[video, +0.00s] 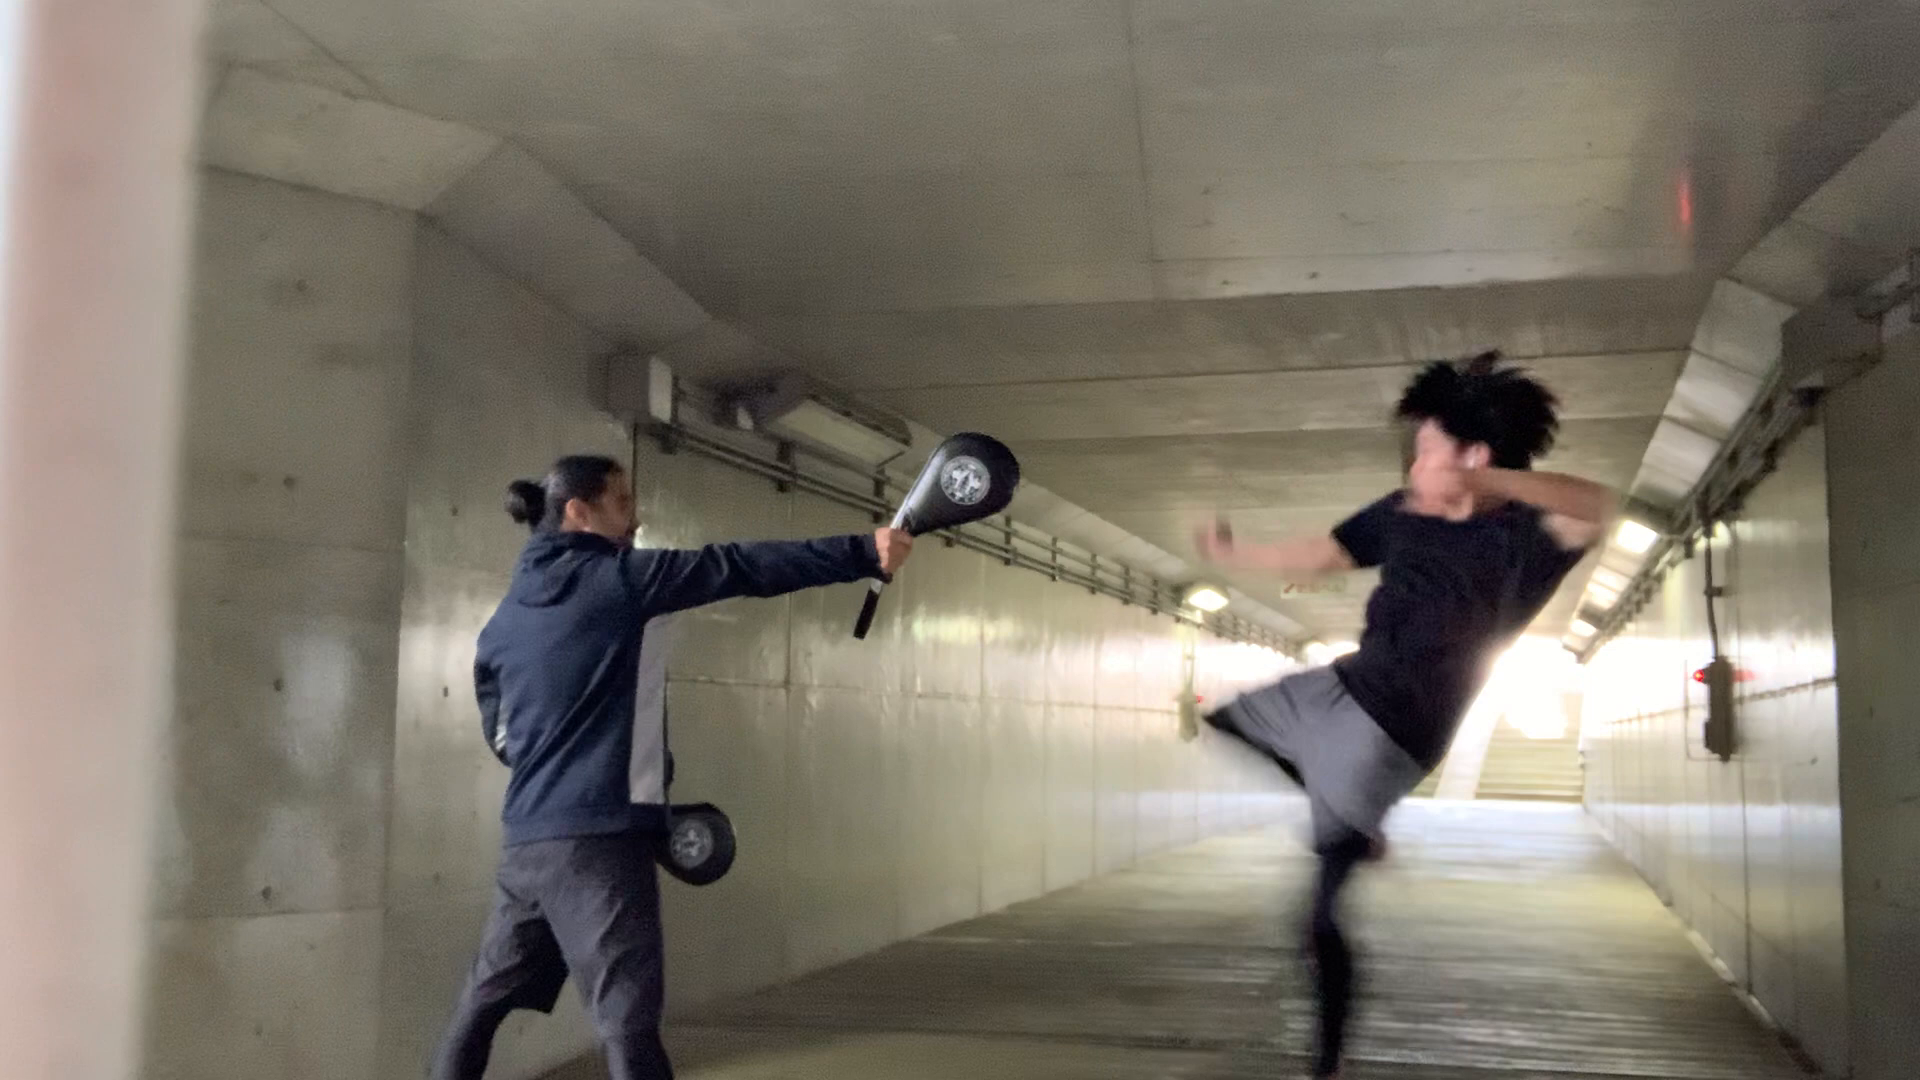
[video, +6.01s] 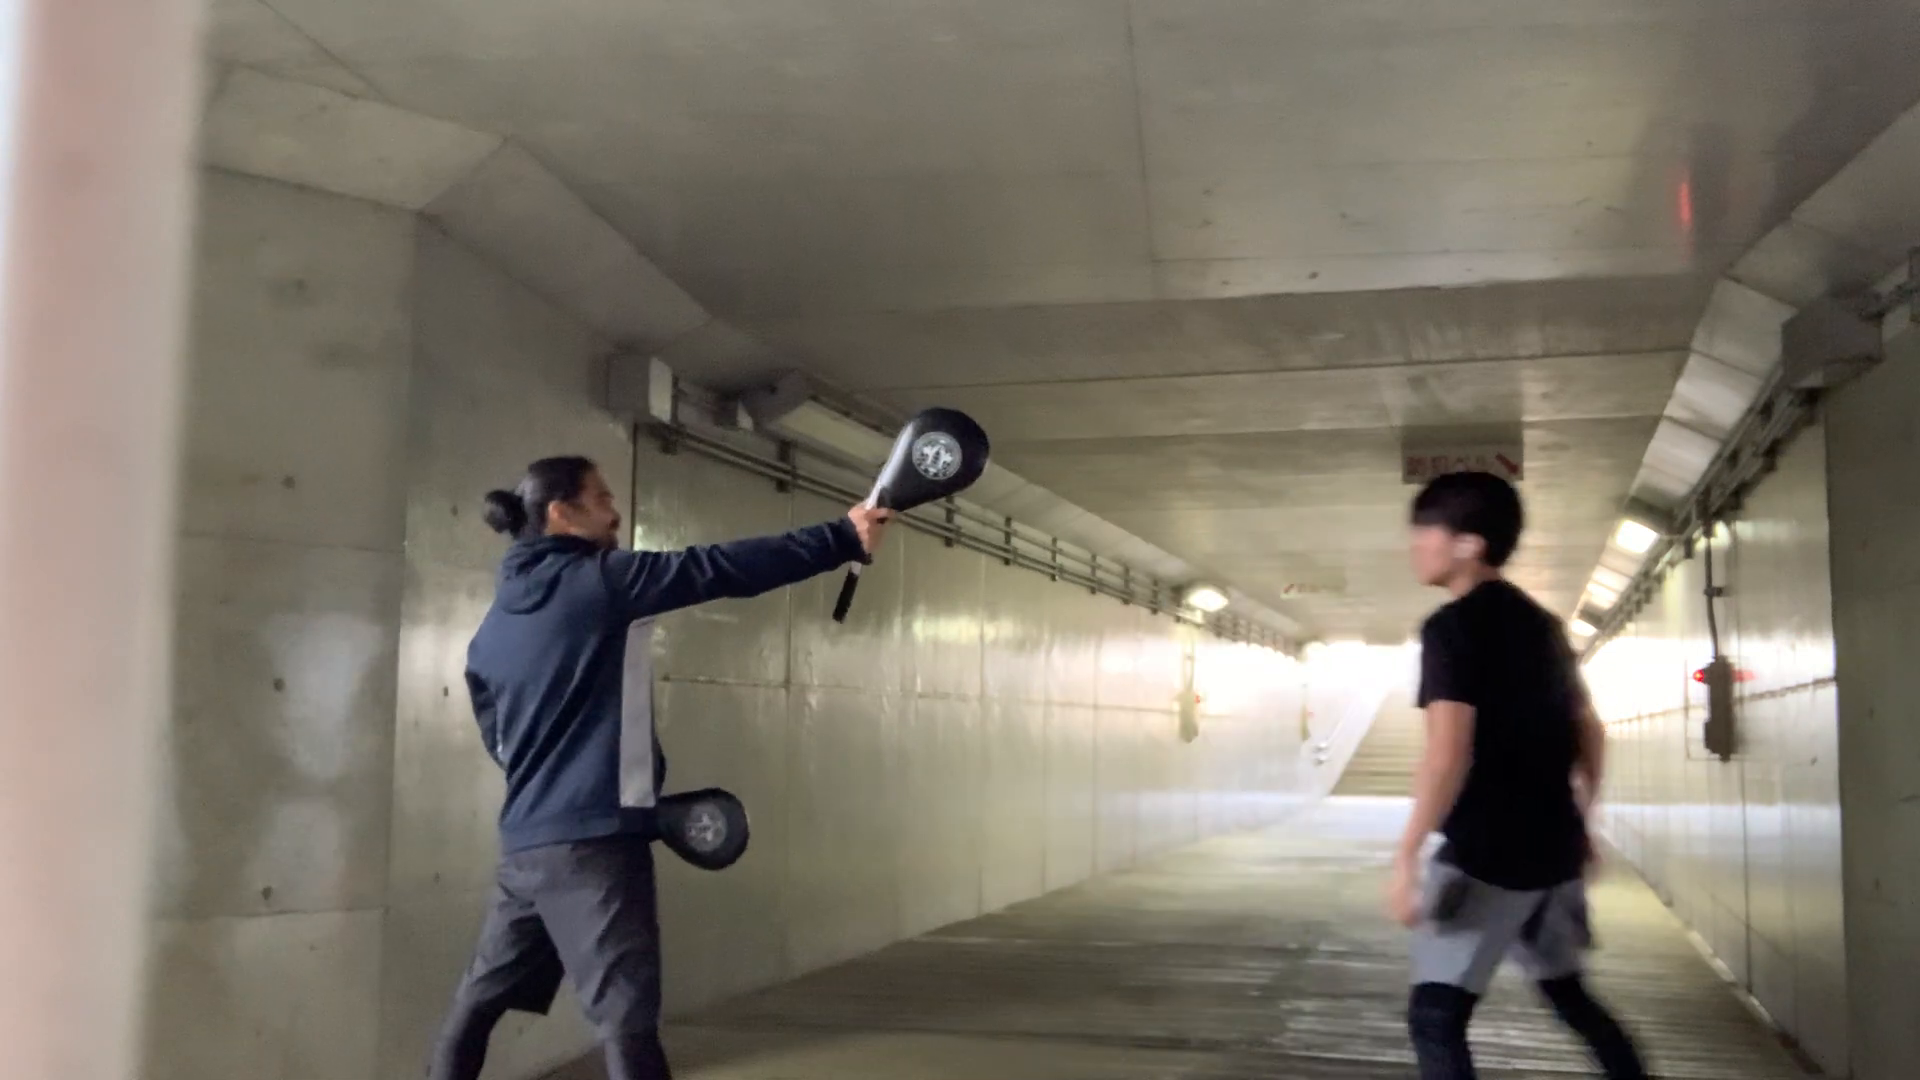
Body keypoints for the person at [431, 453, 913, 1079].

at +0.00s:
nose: (635, 515)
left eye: (632, 501)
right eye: (623, 502)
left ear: (568, 513)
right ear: (577, 509)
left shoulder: (503, 620)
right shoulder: (616, 575)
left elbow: (504, 735)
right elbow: (736, 566)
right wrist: (863, 552)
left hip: (528, 835)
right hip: (595, 832)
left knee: (480, 1005)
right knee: (627, 1024)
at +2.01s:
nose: (623, 514)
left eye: (620, 501)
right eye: (611, 501)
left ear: (556, 514)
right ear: (567, 509)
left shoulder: (493, 628)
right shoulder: (604, 577)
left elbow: (511, 740)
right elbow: (724, 563)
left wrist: (630, 790)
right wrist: (852, 540)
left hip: (529, 838)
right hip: (595, 836)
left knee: (477, 1009)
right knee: (629, 1024)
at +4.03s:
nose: (629, 516)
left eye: (625, 502)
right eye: (617, 502)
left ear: (564, 515)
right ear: (571, 512)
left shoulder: (495, 629)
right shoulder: (607, 578)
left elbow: (512, 741)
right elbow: (726, 564)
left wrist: (635, 787)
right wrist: (853, 543)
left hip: (529, 841)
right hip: (596, 838)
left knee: (478, 1006)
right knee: (629, 1026)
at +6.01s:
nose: (617, 512)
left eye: (612, 498)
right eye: (603, 499)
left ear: (548, 517)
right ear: (560, 512)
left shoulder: (488, 637)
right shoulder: (600, 578)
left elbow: (510, 749)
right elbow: (717, 567)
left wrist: (628, 793)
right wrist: (842, 536)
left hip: (527, 841)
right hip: (593, 838)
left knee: (475, 1007)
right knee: (628, 1025)